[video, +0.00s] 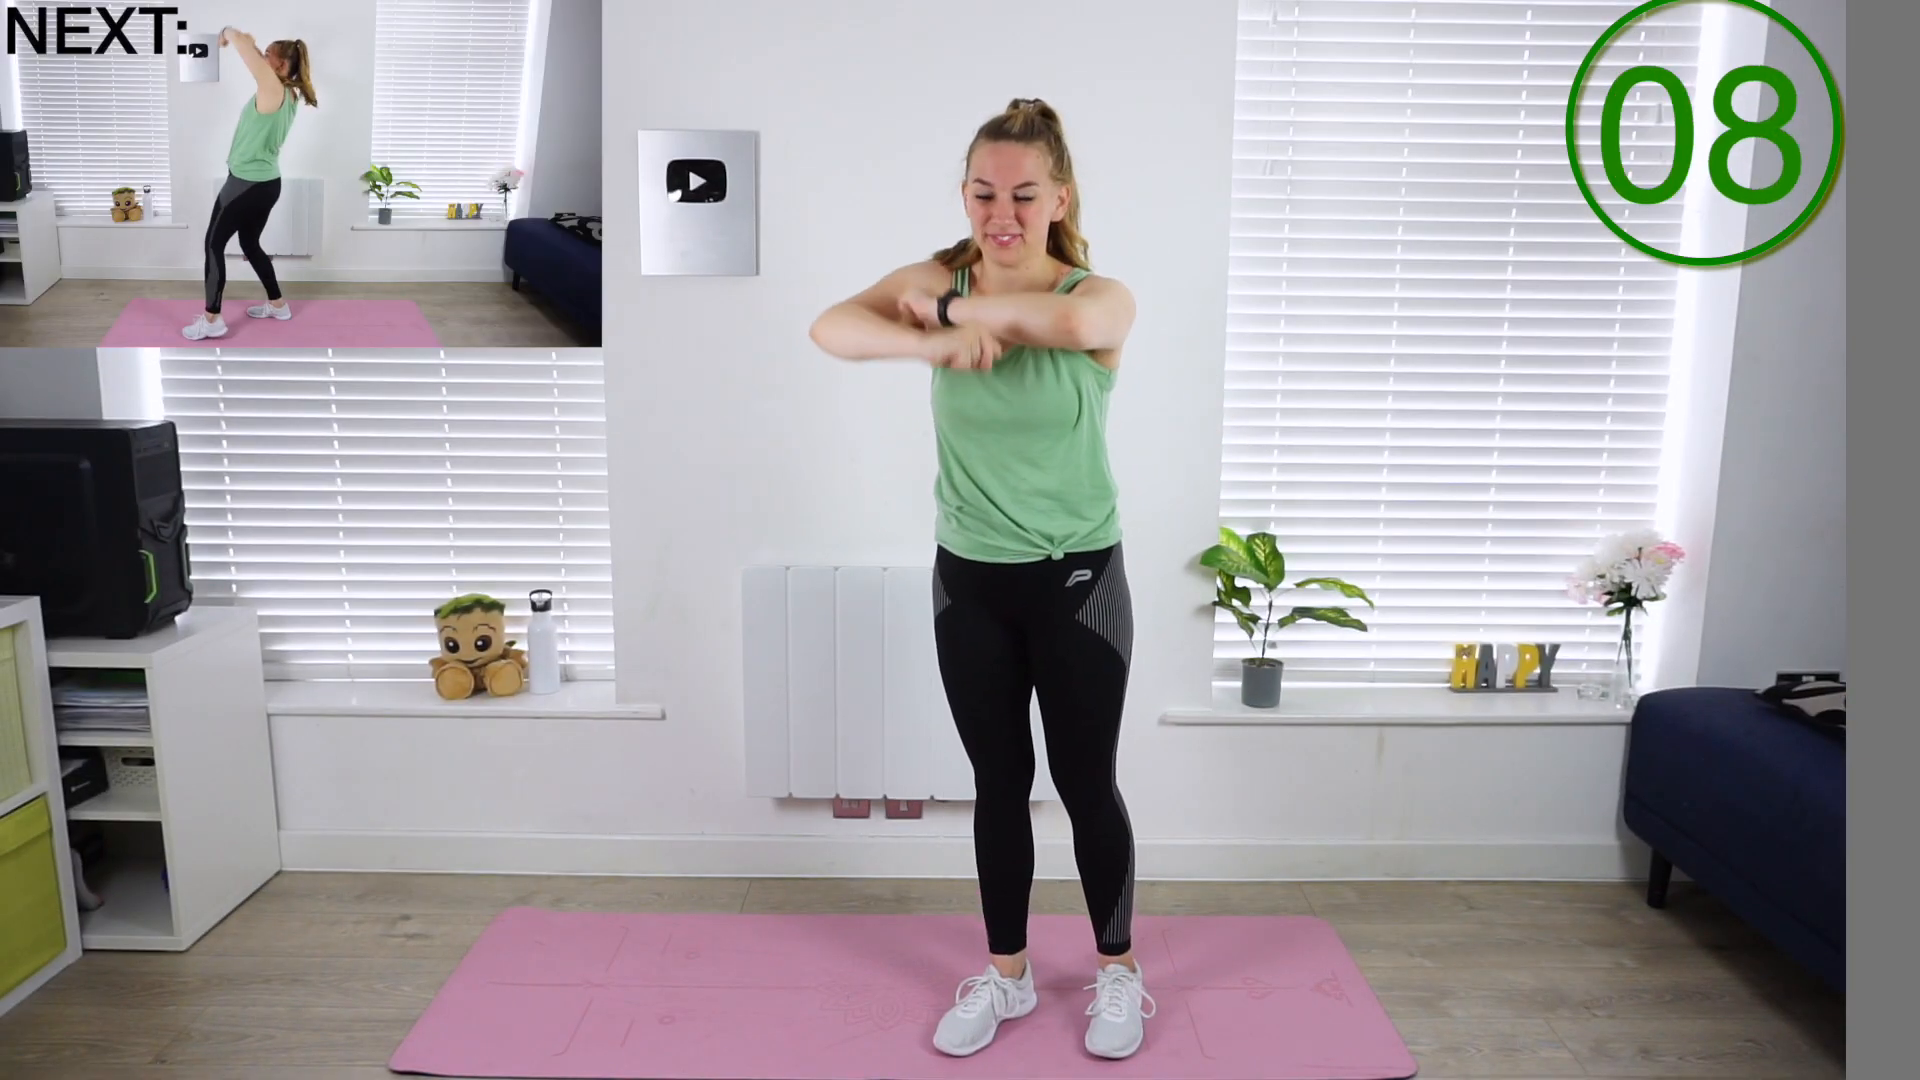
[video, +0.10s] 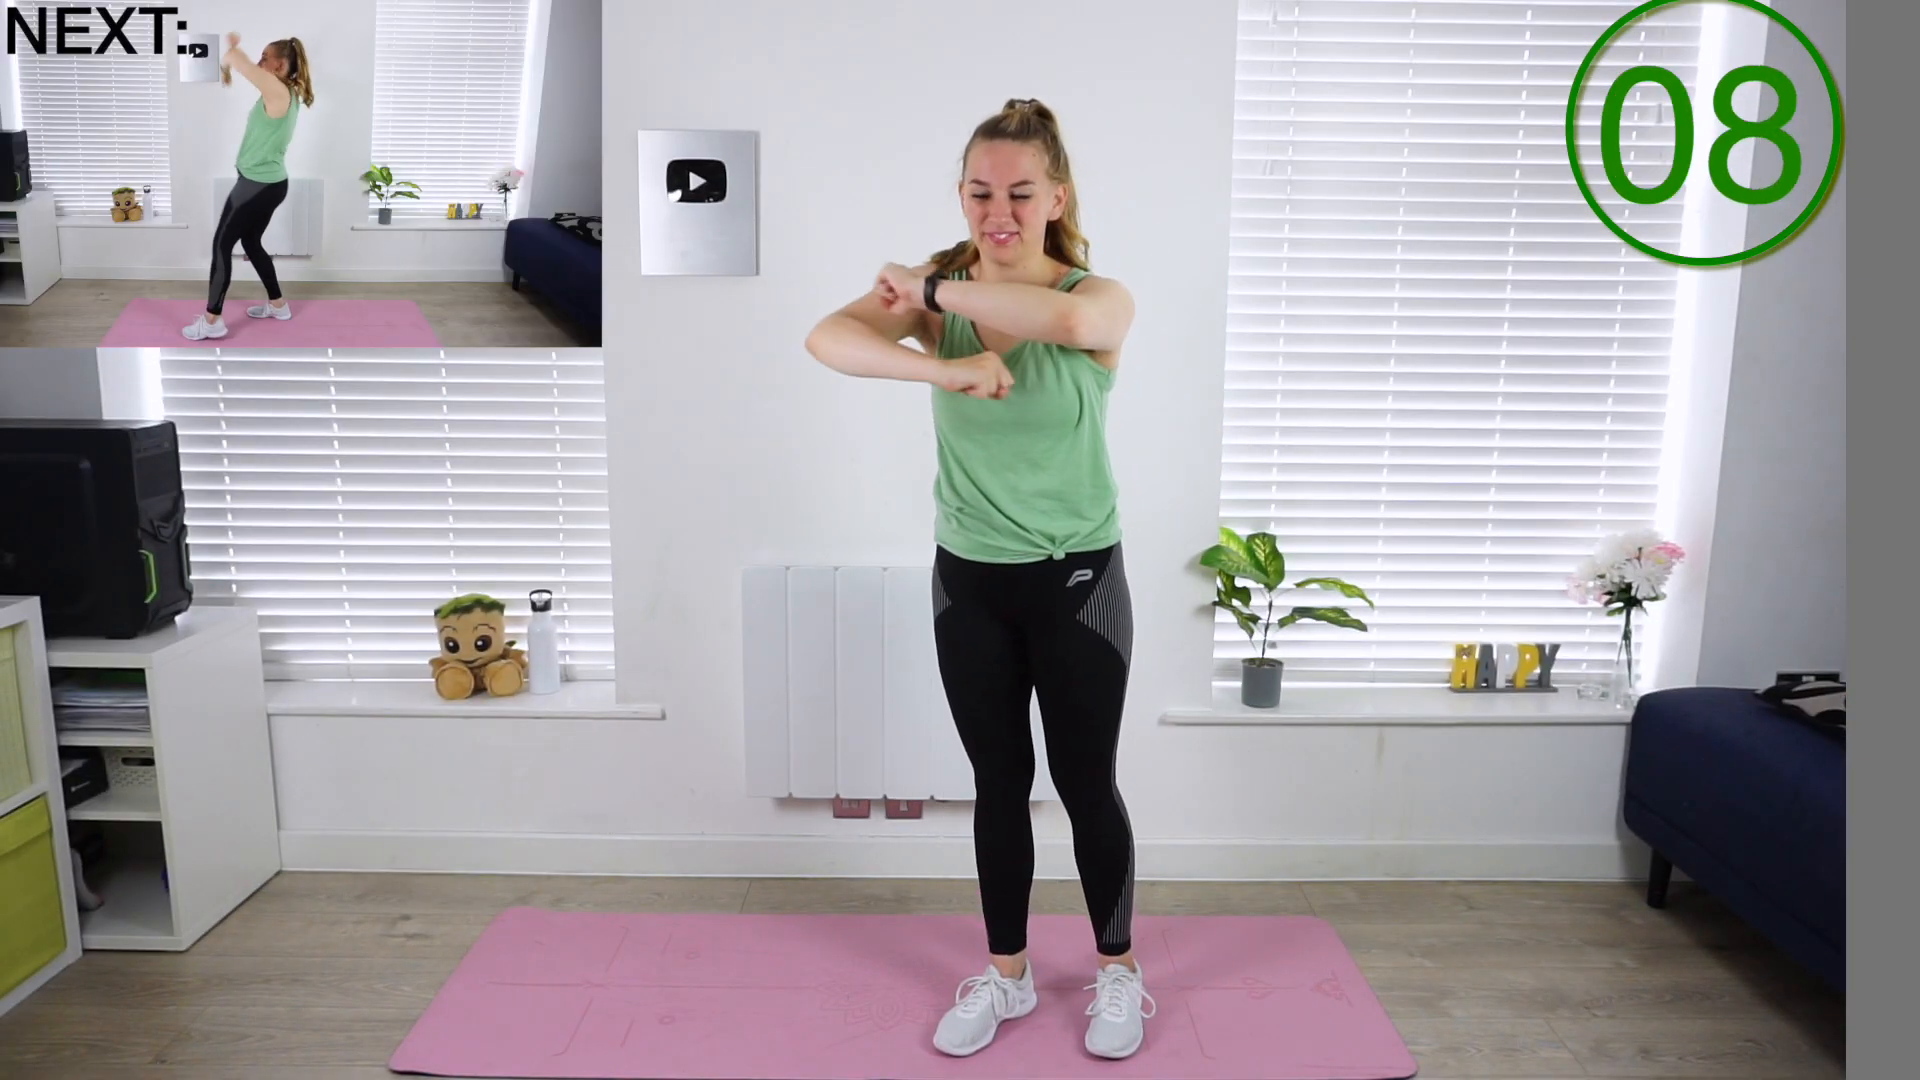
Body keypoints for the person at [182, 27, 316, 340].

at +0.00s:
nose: (263, 61)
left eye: (269, 57)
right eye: (265, 56)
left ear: (283, 65)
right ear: (286, 67)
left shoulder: (271, 87)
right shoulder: (289, 94)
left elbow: (243, 43)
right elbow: (258, 57)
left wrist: (229, 32)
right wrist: (241, 39)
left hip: (246, 183)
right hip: (266, 183)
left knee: (214, 244)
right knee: (250, 243)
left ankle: (212, 318)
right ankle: (277, 304)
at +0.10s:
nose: (260, 64)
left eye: (266, 60)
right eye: (262, 59)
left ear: (284, 66)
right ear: (282, 67)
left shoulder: (276, 89)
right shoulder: (284, 90)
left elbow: (235, 60)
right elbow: (251, 68)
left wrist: (233, 46)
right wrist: (235, 53)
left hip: (257, 184)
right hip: (268, 182)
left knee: (222, 244)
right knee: (252, 243)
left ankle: (212, 319)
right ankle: (277, 304)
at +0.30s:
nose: (244, 80)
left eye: (248, 74)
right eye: (244, 74)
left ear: (265, 72)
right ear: (266, 74)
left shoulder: (278, 99)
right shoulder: (270, 98)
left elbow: (228, 116)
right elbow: (234, 121)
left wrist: (219, 110)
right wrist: (233, 137)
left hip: (290, 187)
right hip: (279, 184)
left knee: (249, 243)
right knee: (259, 242)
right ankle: (275, 302)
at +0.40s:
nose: (238, 83)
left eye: (241, 76)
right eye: (238, 77)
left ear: (258, 75)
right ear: (259, 76)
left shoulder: (273, 101)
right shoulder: (269, 101)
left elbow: (235, 136)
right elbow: (256, 133)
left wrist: (221, 145)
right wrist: (244, 136)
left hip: (302, 186)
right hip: (282, 184)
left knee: (278, 249)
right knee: (266, 240)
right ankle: (278, 303)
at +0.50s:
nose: (236, 83)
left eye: (239, 76)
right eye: (236, 77)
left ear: (255, 76)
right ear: (256, 77)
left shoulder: (276, 101)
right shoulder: (261, 102)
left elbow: (243, 145)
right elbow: (248, 133)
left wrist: (242, 155)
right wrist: (235, 144)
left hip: (311, 184)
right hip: (286, 184)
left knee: (312, 251)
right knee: (269, 236)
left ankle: (357, 290)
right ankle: (279, 302)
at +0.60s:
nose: (238, 86)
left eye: (241, 79)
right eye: (238, 80)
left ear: (258, 79)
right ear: (258, 80)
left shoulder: (280, 104)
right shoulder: (261, 107)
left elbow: (248, 147)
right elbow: (243, 141)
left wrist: (248, 143)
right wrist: (233, 162)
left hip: (319, 183)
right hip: (291, 186)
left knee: (333, 242)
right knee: (268, 236)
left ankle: (364, 294)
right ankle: (279, 302)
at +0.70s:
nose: (241, 90)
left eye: (245, 83)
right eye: (241, 83)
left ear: (261, 83)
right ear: (262, 84)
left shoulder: (285, 105)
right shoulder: (265, 111)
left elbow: (249, 144)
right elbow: (248, 146)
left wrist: (243, 140)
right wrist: (251, 173)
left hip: (323, 185)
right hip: (295, 188)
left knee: (339, 241)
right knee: (266, 237)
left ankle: (365, 296)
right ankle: (278, 302)